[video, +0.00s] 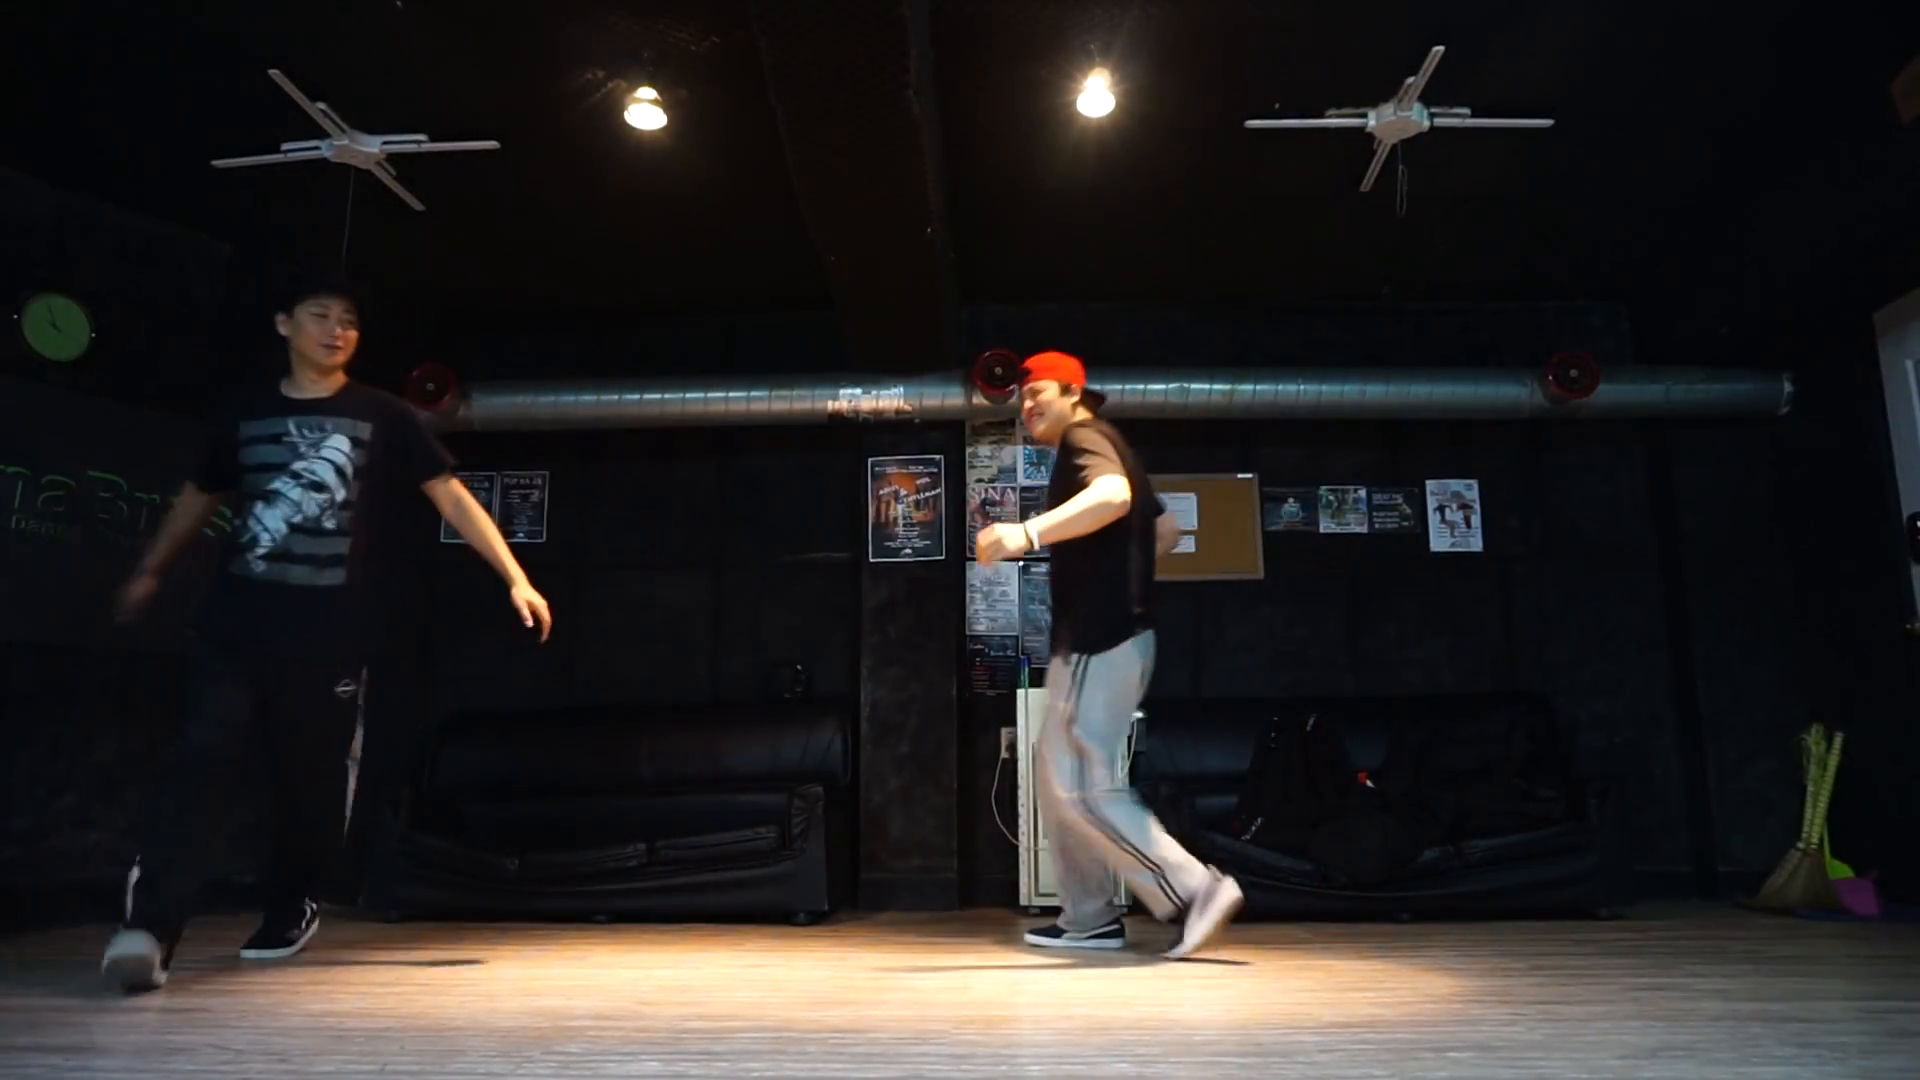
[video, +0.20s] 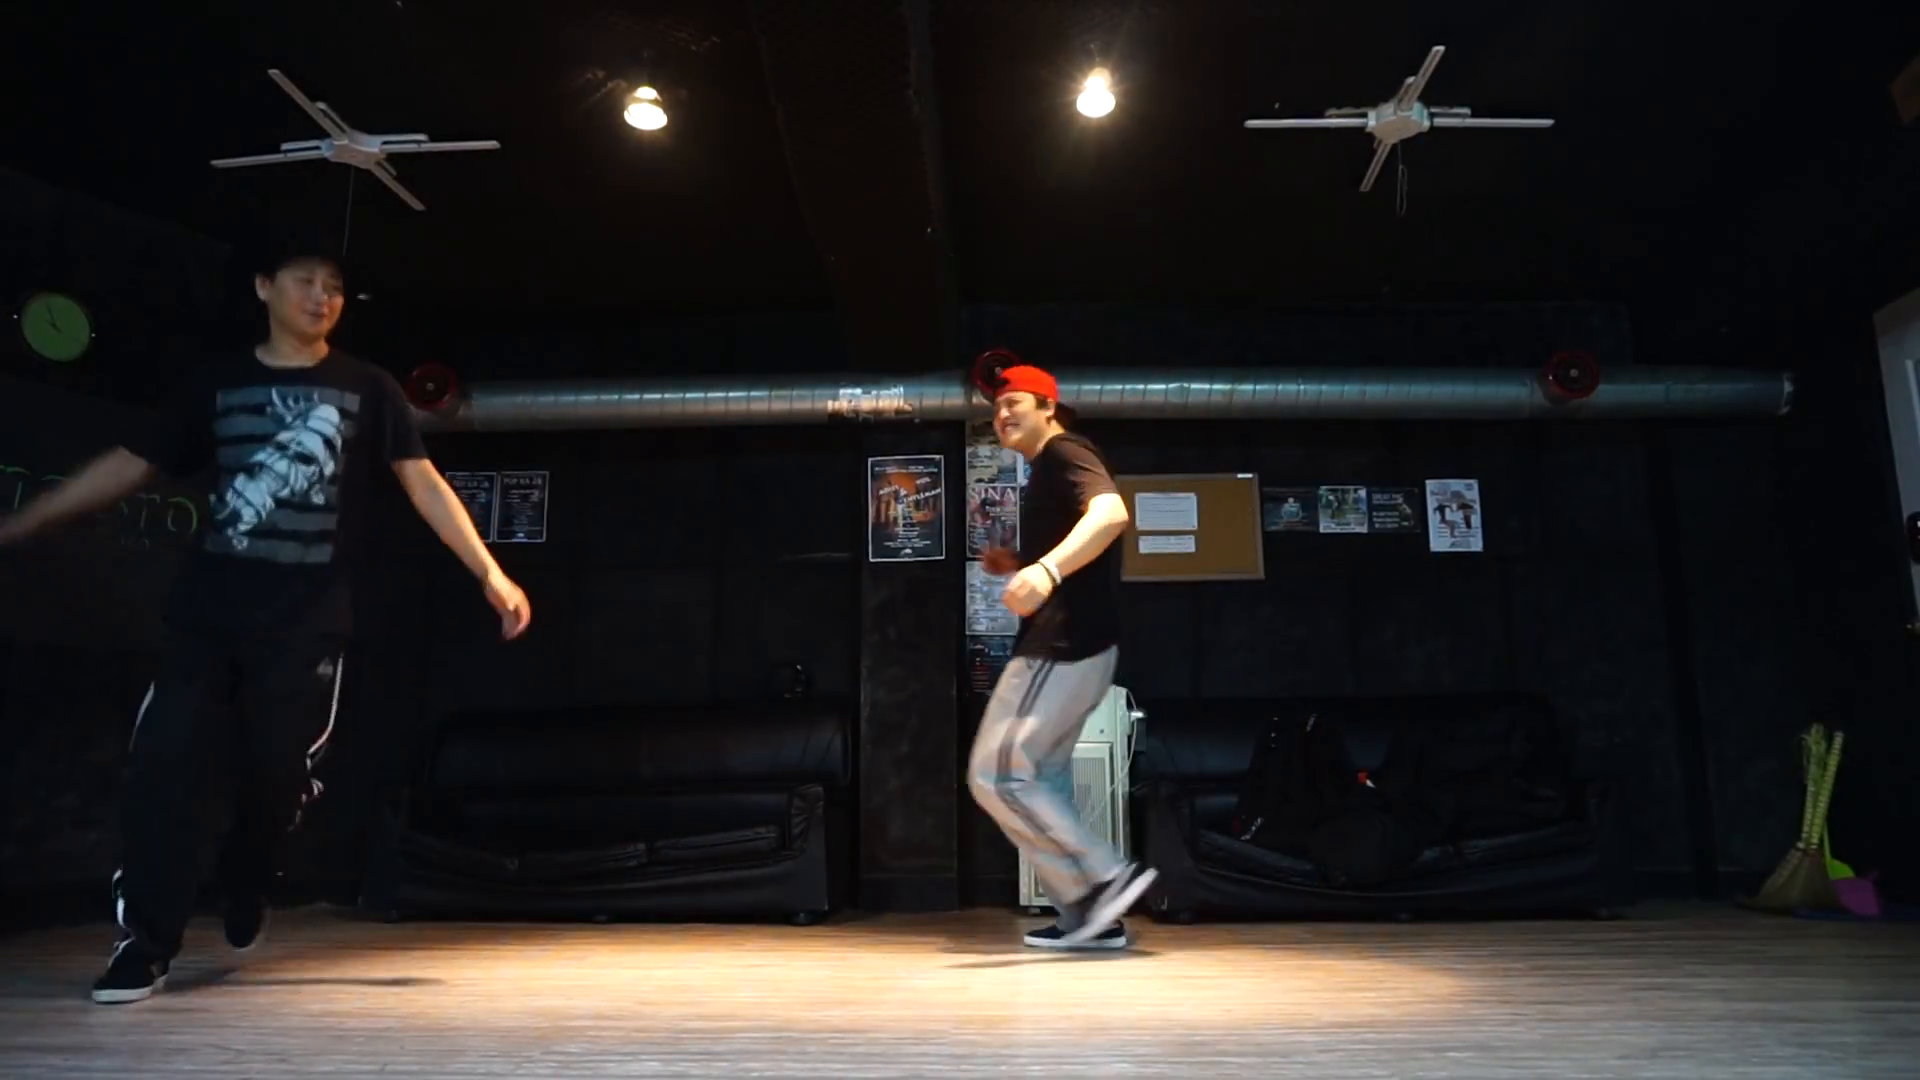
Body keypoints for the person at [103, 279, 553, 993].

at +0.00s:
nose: (336, 333)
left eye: (347, 324)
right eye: (321, 319)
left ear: (357, 339)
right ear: (286, 327)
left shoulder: (384, 417)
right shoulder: (244, 411)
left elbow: (452, 497)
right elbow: (196, 497)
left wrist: (515, 577)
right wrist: (148, 571)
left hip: (330, 623)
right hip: (242, 616)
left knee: (310, 768)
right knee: (201, 757)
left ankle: (292, 908)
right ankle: (147, 928)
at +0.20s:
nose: (320, 299)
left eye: (331, 289)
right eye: (305, 283)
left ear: (342, 305)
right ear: (266, 290)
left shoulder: (369, 391)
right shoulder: (216, 382)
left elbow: (426, 485)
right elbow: (130, 463)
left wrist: (490, 572)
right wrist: (26, 520)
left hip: (308, 612)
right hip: (211, 603)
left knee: (281, 772)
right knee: (166, 758)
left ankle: (250, 886)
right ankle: (145, 938)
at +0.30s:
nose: (336, 276)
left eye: (346, 268)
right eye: (321, 258)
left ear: (353, 288)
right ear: (279, 265)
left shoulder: (373, 373)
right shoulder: (222, 352)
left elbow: (428, 467)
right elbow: (128, 427)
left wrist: (501, 535)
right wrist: (48, 437)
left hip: (310, 591)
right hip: (213, 580)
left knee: (291, 748)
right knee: (166, 744)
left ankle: (224, 897)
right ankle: (143, 934)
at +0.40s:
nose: (361, 263)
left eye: (372, 252)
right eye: (345, 244)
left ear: (378, 270)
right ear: (298, 247)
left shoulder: (384, 363)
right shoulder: (234, 332)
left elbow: (429, 457)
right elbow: (171, 416)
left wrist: (504, 493)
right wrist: (155, 378)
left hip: (317, 589)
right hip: (220, 577)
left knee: (300, 755)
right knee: (172, 755)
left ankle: (251, 943)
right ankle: (140, 941)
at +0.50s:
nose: (391, 269)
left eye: (402, 261)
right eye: (378, 250)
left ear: (404, 276)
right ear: (330, 244)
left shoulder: (400, 371)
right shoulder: (259, 321)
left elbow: (427, 464)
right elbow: (224, 408)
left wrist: (483, 458)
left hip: (329, 596)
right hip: (228, 580)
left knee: (318, 767)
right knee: (180, 770)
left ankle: (317, 953)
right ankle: (141, 949)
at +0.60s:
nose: (432, 280)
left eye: (443, 269)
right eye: (421, 259)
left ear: (444, 282)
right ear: (371, 248)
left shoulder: (425, 381)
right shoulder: (289, 322)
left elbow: (432, 479)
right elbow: (288, 407)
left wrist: (459, 443)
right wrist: (414, 439)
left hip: (353, 599)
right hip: (249, 583)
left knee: (348, 775)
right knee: (190, 769)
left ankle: (338, 971)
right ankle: (135, 947)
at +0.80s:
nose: (526, 255)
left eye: (534, 241)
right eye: (515, 234)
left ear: (530, 252)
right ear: (466, 225)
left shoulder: (504, 360)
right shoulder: (380, 297)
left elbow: (516, 466)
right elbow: (348, 393)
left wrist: (543, 550)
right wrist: (437, 501)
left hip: (429, 578)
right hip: (339, 557)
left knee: (416, 771)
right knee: (294, 737)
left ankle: (345, 975)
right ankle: (176, 891)